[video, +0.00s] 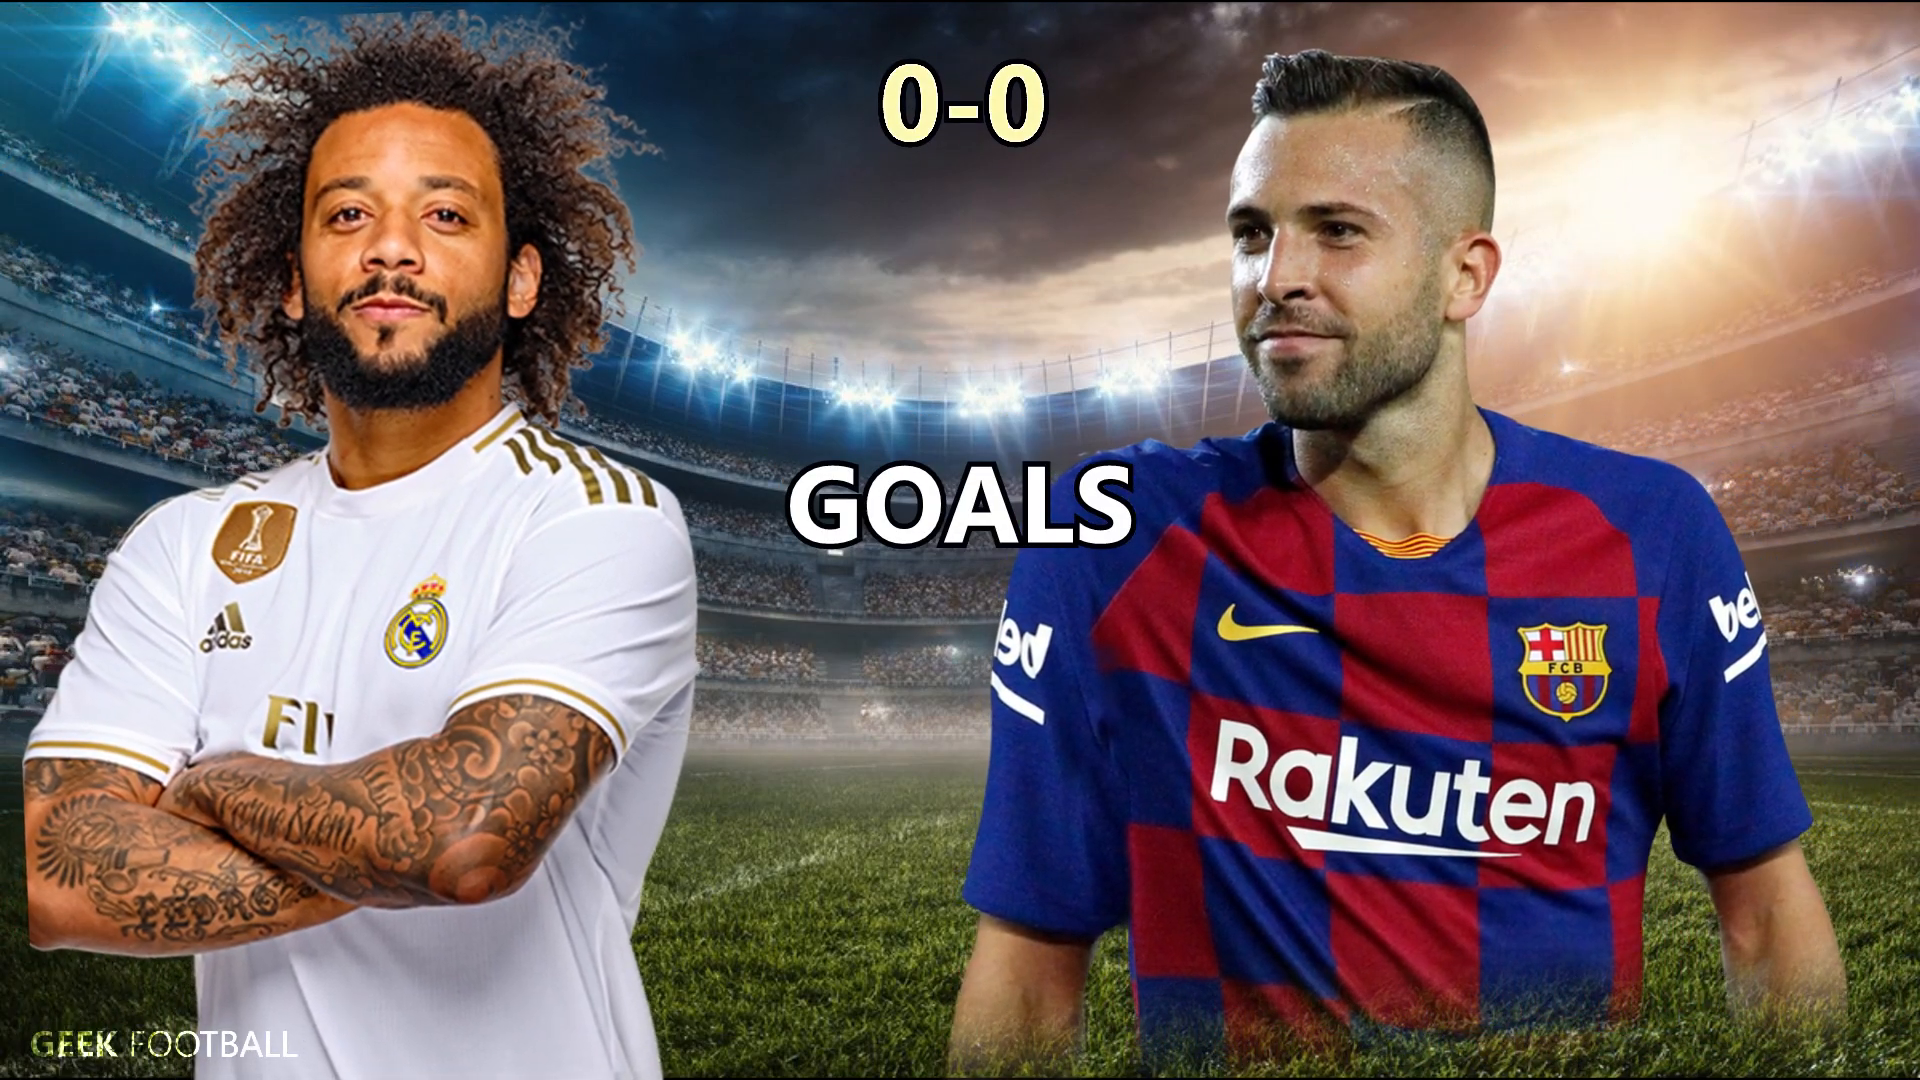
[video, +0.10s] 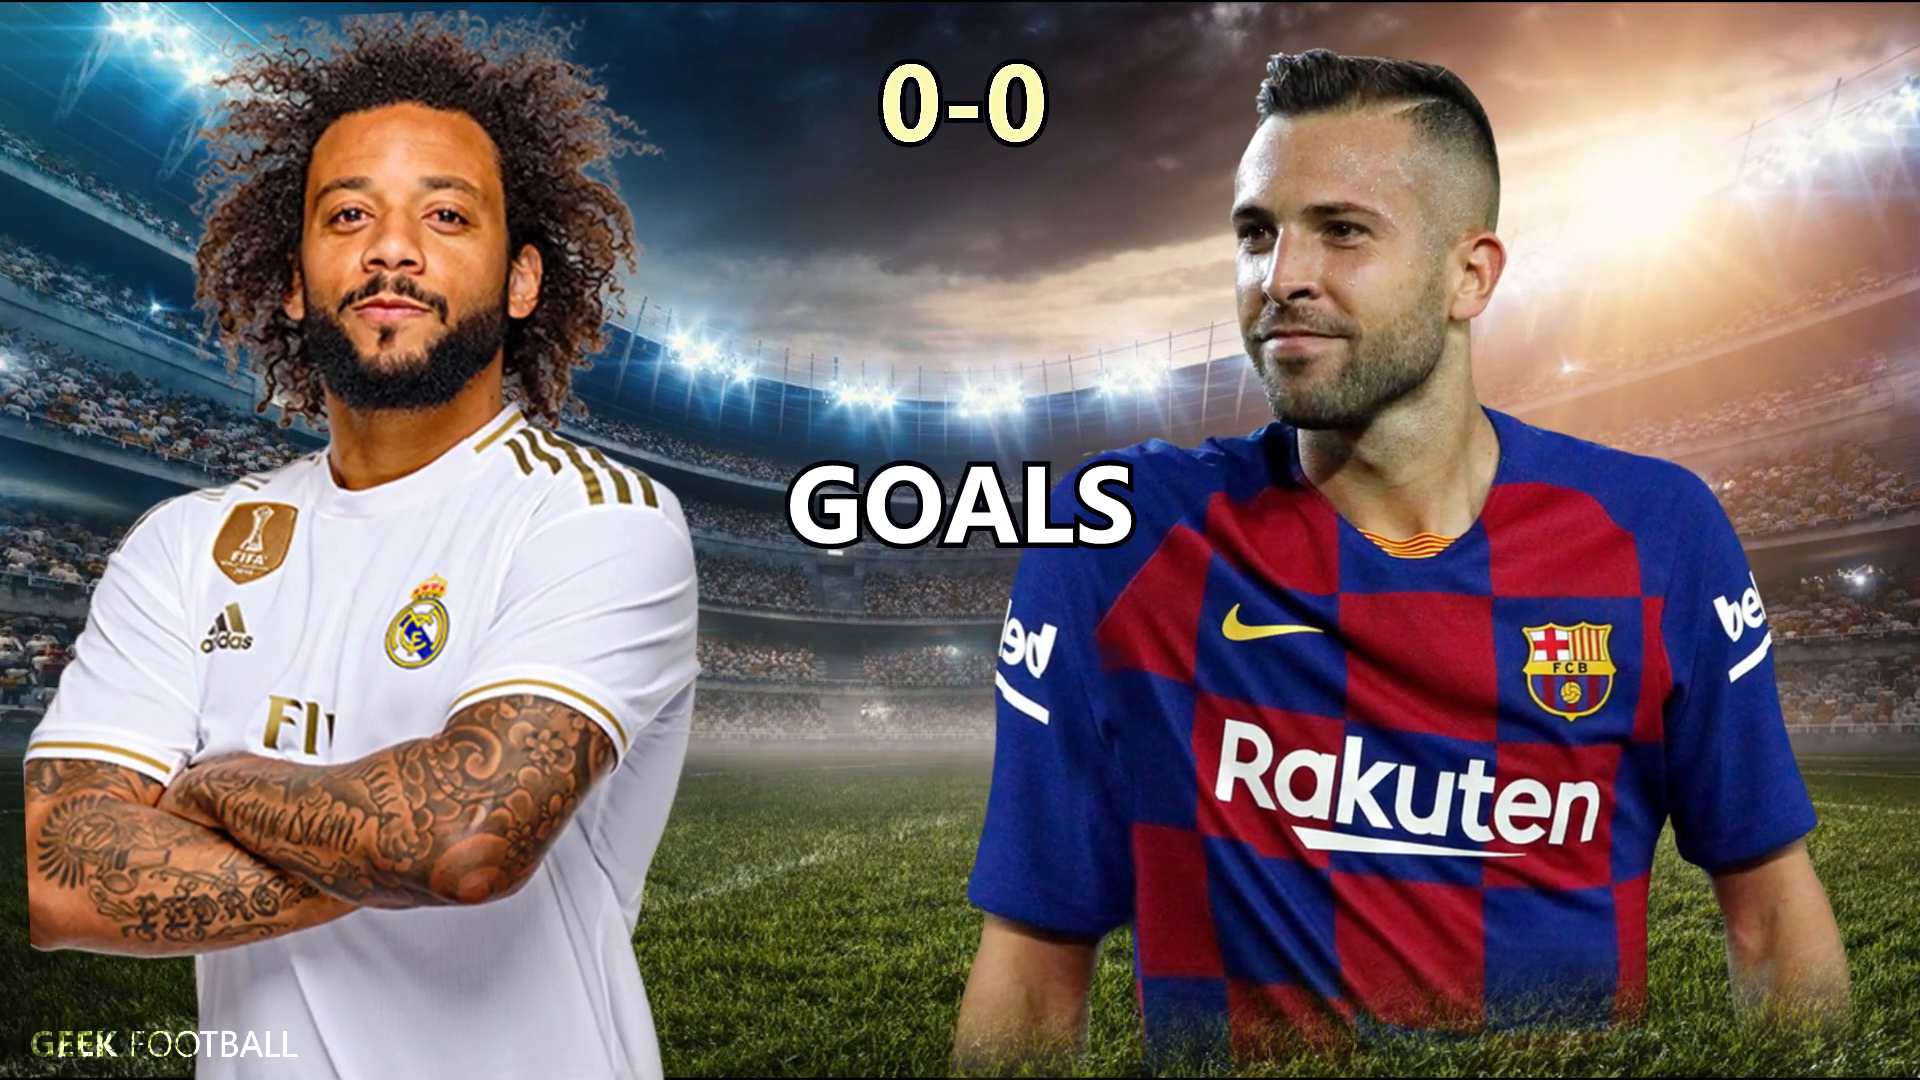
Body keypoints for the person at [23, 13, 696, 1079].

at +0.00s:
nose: (391, 250)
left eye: (446, 214)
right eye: (347, 215)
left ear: (518, 280)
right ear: (297, 278)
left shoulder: (604, 524)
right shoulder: (183, 545)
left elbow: (469, 837)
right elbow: (70, 886)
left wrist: (205, 781)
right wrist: (389, 846)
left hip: (535, 1066)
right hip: (257, 1066)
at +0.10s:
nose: (391, 251)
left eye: (447, 214)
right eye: (348, 215)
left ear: (519, 280)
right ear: (298, 279)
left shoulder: (605, 525)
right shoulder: (184, 545)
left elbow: (469, 837)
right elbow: (70, 887)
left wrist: (206, 781)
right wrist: (391, 846)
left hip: (536, 1066)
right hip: (258, 1066)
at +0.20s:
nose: (392, 251)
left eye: (448, 215)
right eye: (348, 215)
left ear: (519, 280)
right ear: (298, 278)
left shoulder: (606, 524)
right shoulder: (184, 546)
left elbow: (470, 837)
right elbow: (71, 888)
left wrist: (207, 781)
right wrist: (392, 848)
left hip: (536, 1065)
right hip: (259, 1065)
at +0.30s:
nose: (392, 251)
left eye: (448, 215)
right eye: (349, 215)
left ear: (520, 280)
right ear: (300, 278)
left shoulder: (607, 525)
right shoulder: (185, 546)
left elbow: (470, 837)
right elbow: (71, 888)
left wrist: (208, 781)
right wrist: (394, 846)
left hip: (536, 1066)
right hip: (258, 1066)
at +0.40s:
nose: (393, 251)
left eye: (448, 215)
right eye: (350, 215)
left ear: (520, 281)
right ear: (300, 278)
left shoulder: (607, 525)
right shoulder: (185, 546)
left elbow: (471, 838)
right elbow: (72, 888)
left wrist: (208, 781)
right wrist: (395, 847)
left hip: (537, 1066)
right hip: (259, 1066)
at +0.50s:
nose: (393, 252)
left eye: (449, 215)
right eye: (350, 215)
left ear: (520, 280)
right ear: (300, 278)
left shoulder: (607, 525)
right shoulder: (186, 546)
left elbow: (471, 838)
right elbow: (73, 889)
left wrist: (208, 782)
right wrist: (395, 846)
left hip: (538, 1066)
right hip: (259, 1066)